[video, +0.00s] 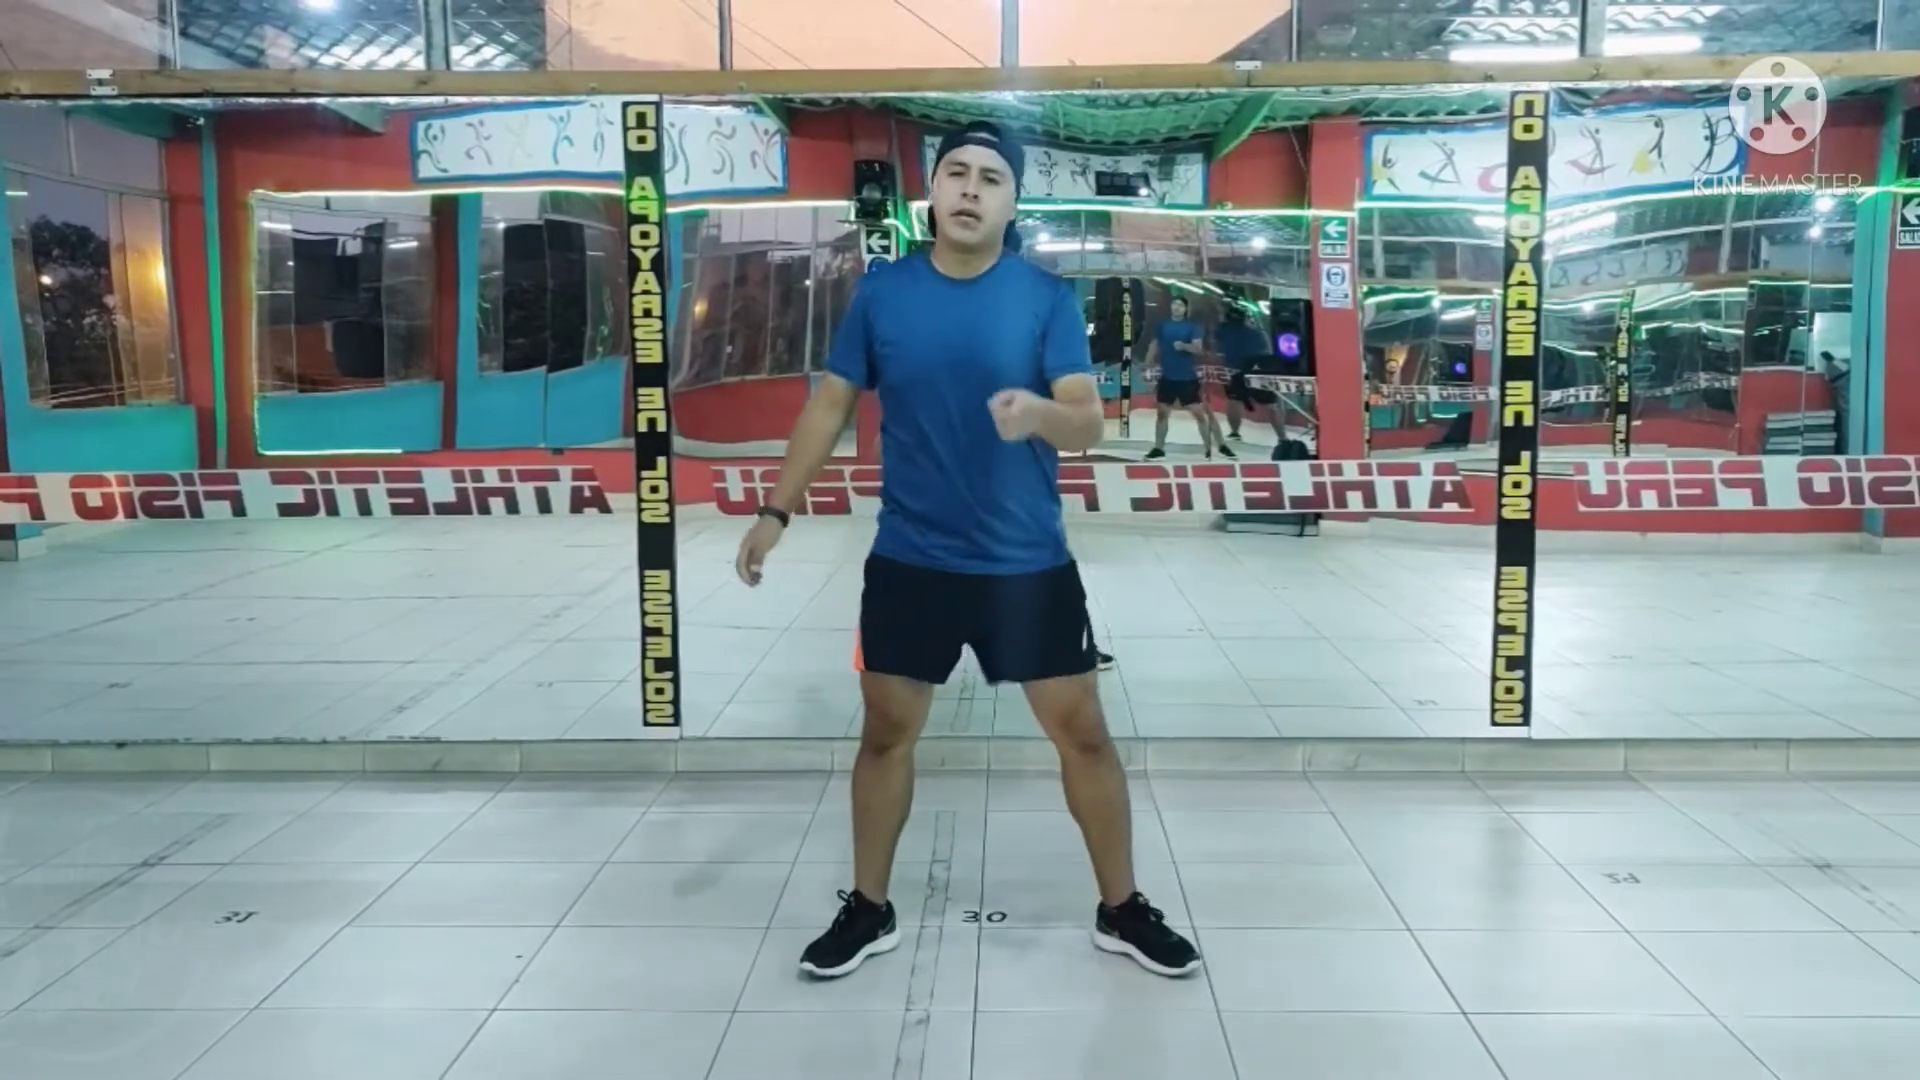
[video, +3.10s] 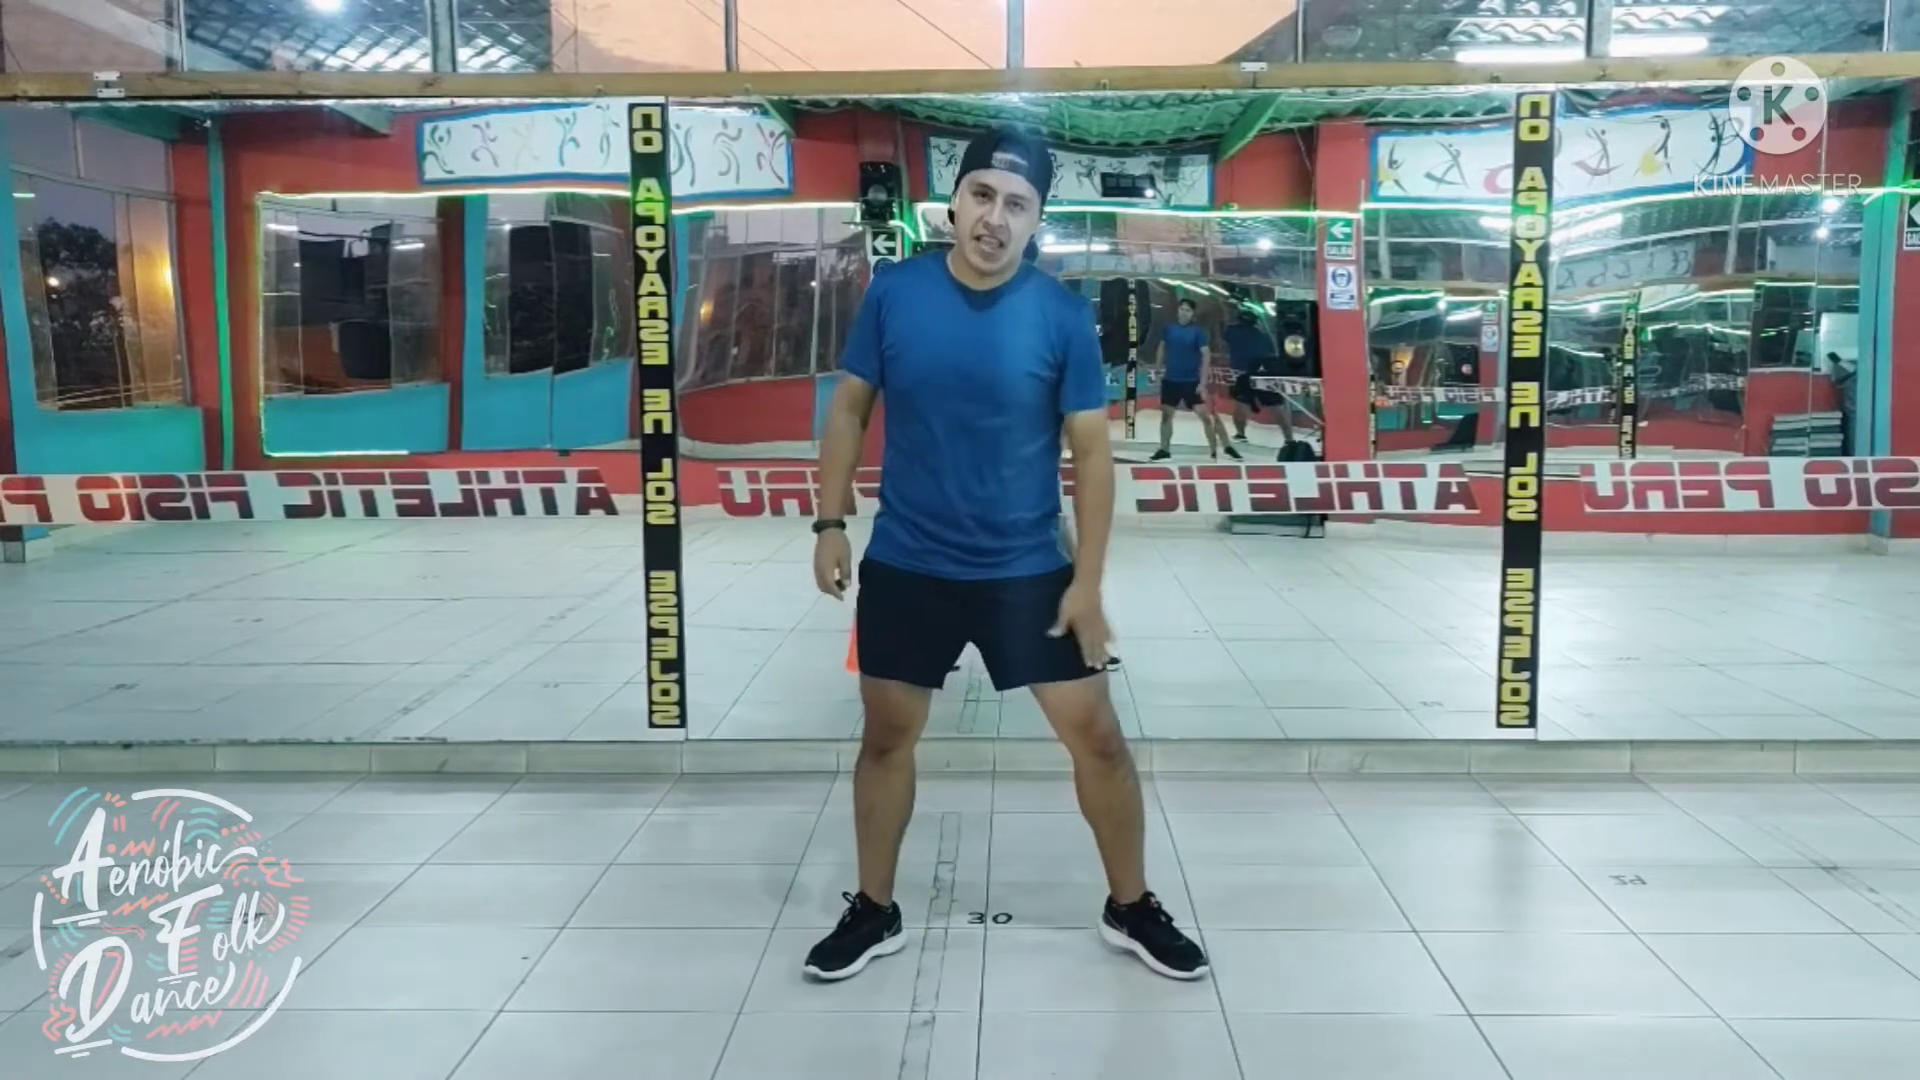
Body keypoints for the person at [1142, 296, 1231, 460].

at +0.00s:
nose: (1177, 308)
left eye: (1180, 306)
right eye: (1174, 305)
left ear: (1186, 309)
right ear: (1170, 308)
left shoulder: (1193, 328)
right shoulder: (1162, 327)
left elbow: (1198, 349)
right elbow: (1154, 346)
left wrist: (1185, 347)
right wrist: (1147, 365)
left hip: (1188, 378)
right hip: (1168, 377)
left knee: (1198, 413)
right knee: (1162, 412)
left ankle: (1208, 447)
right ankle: (1158, 447)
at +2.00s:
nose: (1182, 309)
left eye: (1186, 307)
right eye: (1180, 306)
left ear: (1192, 310)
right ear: (1176, 308)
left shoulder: (1199, 328)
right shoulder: (1169, 327)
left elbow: (1204, 350)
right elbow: (1162, 348)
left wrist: (1191, 343)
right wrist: (1158, 368)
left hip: (1193, 379)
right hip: (1172, 378)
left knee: (1203, 416)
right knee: (1166, 415)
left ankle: (1212, 450)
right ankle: (1162, 448)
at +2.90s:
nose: (1184, 312)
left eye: (1188, 309)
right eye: (1182, 308)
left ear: (1193, 313)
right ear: (1178, 310)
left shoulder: (1199, 330)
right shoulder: (1169, 328)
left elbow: (1206, 349)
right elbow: (1162, 347)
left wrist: (1202, 364)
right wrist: (1160, 367)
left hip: (1193, 379)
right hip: (1173, 378)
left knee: (1204, 415)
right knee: (1167, 414)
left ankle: (1214, 450)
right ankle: (1164, 448)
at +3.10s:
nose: (1184, 313)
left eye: (1188, 311)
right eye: (1182, 310)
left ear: (1193, 314)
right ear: (1177, 311)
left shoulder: (1198, 332)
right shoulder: (1169, 329)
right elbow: (1161, 347)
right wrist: (1158, 368)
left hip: (1191, 381)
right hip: (1171, 380)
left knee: (1205, 415)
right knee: (1166, 415)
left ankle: (1220, 448)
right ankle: (1164, 448)